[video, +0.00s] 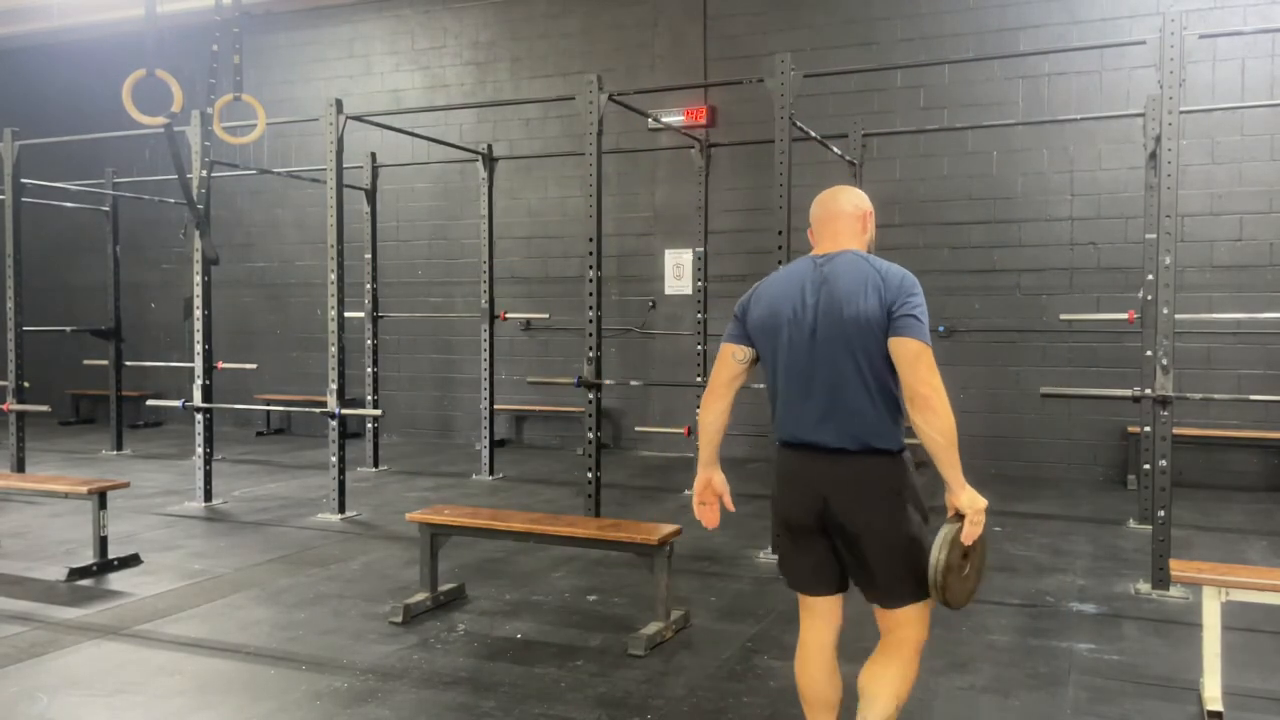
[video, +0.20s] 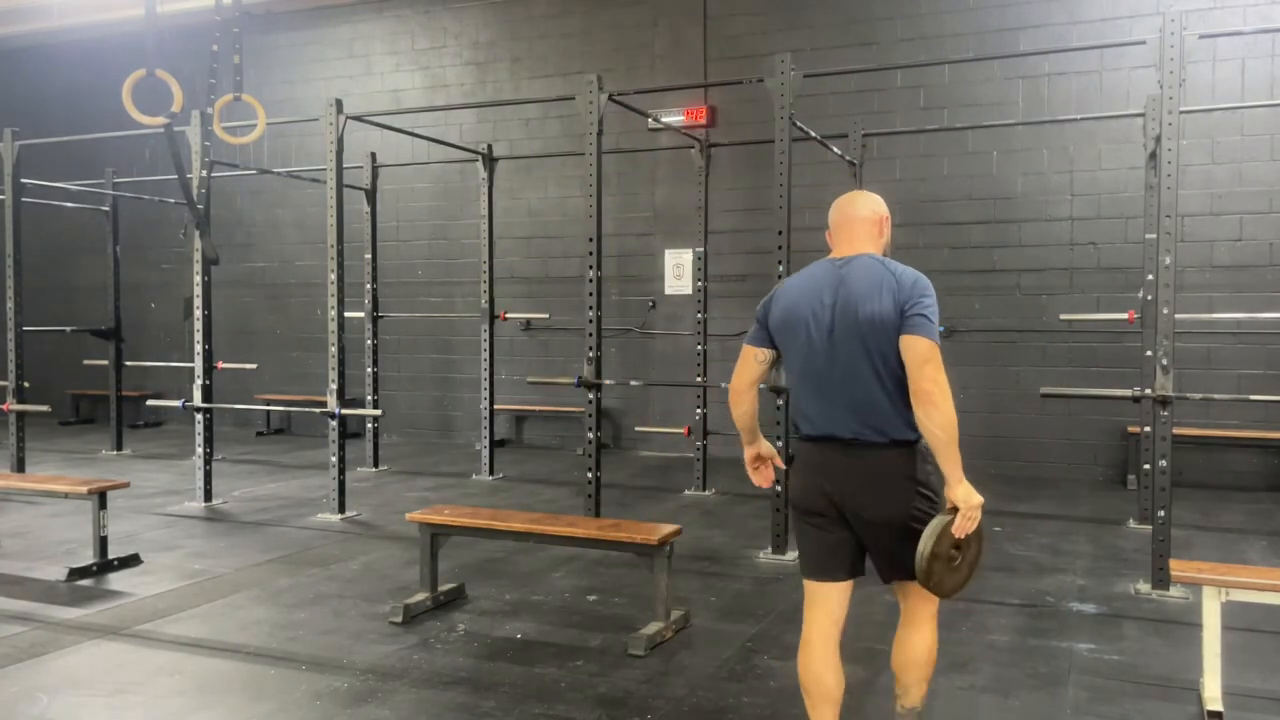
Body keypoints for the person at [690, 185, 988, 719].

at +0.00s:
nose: (873, 233)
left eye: (872, 224)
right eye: (873, 224)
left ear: (810, 232)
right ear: (867, 223)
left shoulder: (765, 292)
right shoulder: (892, 283)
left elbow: (720, 385)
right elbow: (922, 393)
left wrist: (707, 464)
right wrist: (957, 484)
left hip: (796, 483)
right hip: (874, 485)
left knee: (816, 623)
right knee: (903, 630)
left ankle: (822, 716)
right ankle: (868, 713)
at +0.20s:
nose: (890, 236)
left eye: (888, 228)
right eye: (889, 228)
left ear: (828, 235)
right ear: (883, 228)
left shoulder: (786, 294)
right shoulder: (907, 285)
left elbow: (741, 386)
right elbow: (925, 383)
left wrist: (752, 440)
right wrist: (955, 478)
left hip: (815, 473)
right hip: (890, 475)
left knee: (820, 619)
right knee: (918, 602)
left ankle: (822, 717)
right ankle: (909, 711)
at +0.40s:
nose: (918, 247)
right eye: (918, 239)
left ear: (859, 248)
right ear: (914, 242)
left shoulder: (818, 301)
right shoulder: (936, 298)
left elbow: (774, 387)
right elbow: (946, 390)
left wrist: (784, 438)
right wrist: (967, 483)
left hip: (840, 472)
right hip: (912, 476)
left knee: (834, 613)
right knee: (926, 603)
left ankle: (829, 717)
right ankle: (936, 707)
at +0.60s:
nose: (956, 246)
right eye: (955, 239)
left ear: (899, 241)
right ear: (950, 241)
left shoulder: (854, 296)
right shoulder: (968, 298)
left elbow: (812, 374)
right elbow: (973, 390)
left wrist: (800, 440)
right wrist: (991, 475)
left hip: (875, 462)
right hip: (944, 463)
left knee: (866, 585)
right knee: (946, 593)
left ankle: (847, 704)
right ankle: (942, 706)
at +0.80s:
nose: (971, 242)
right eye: (971, 235)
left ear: (918, 239)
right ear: (969, 239)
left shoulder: (876, 293)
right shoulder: (989, 294)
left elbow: (835, 368)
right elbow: (1000, 387)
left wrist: (827, 430)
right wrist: (1021, 463)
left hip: (896, 451)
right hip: (960, 453)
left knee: (901, 559)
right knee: (950, 587)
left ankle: (895, 679)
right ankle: (943, 705)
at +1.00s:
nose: (976, 249)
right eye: (977, 242)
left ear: (927, 246)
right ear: (976, 245)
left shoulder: (890, 296)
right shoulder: (998, 296)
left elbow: (849, 372)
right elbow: (1017, 384)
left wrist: (853, 423)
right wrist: (1044, 454)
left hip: (911, 448)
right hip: (972, 450)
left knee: (932, 560)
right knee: (958, 578)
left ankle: (951, 664)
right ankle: (942, 703)